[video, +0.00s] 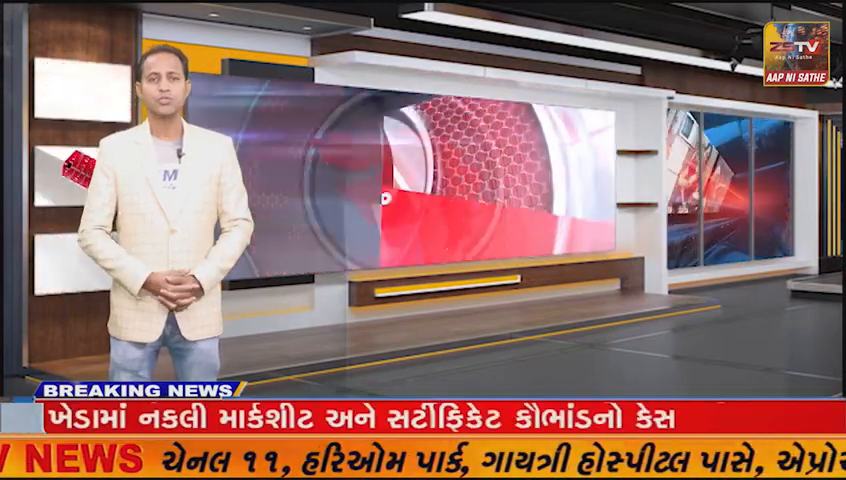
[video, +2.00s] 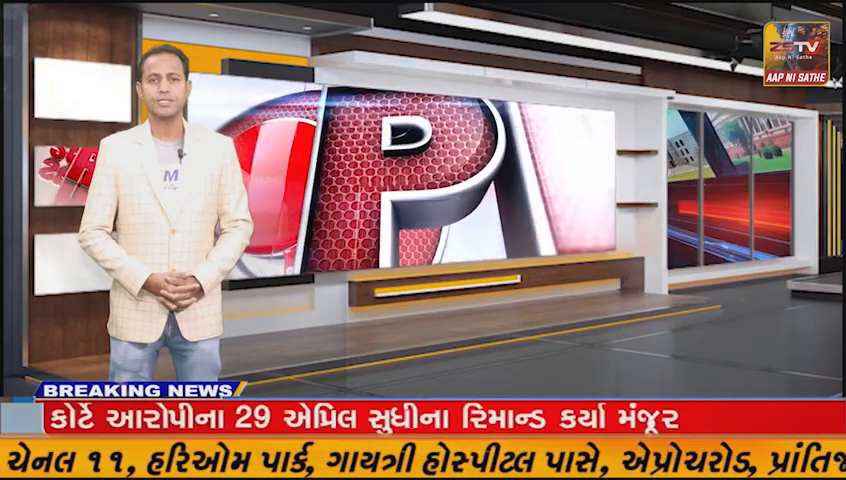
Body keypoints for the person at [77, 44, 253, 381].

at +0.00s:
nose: (164, 86)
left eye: (173, 77)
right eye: (153, 78)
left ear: (187, 88)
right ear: (139, 89)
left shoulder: (218, 147)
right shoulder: (115, 149)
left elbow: (239, 224)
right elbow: (91, 232)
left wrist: (201, 279)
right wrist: (145, 279)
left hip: (198, 310)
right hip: (134, 311)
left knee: (204, 420)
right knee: (126, 421)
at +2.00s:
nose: (163, 88)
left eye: (173, 78)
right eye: (153, 79)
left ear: (187, 87)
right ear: (140, 90)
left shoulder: (219, 147)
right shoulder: (115, 148)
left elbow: (238, 225)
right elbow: (92, 232)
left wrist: (202, 280)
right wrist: (145, 279)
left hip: (199, 309)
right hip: (135, 310)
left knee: (204, 419)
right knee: (125, 420)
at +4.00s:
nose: (168, 88)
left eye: (178, 79)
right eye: (157, 79)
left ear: (191, 89)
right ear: (143, 89)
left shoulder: (221, 148)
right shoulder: (117, 148)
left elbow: (239, 225)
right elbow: (92, 231)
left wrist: (201, 280)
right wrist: (145, 279)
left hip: (198, 309)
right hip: (134, 309)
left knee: (205, 419)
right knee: (125, 420)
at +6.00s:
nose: (166, 89)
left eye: (176, 80)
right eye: (156, 80)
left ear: (189, 90)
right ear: (142, 88)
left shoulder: (220, 149)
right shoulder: (116, 148)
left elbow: (238, 225)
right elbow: (91, 231)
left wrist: (201, 279)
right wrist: (145, 279)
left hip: (198, 310)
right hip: (135, 310)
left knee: (204, 420)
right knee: (125, 420)